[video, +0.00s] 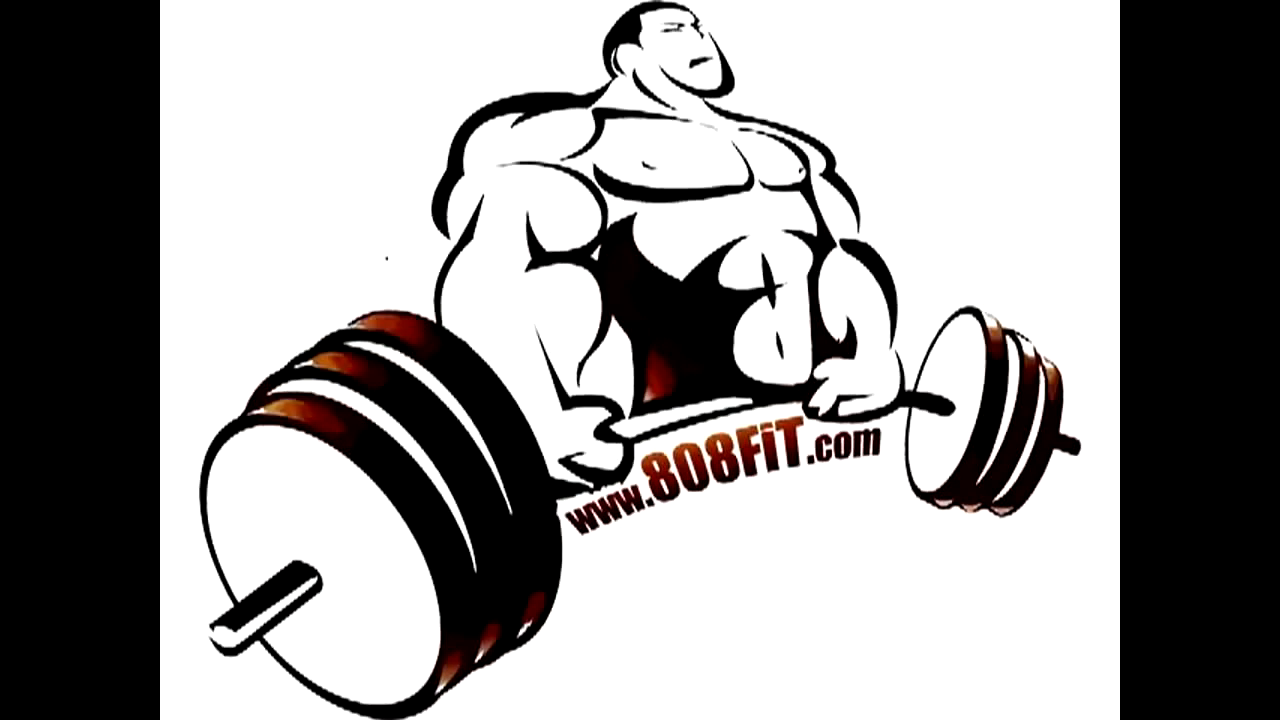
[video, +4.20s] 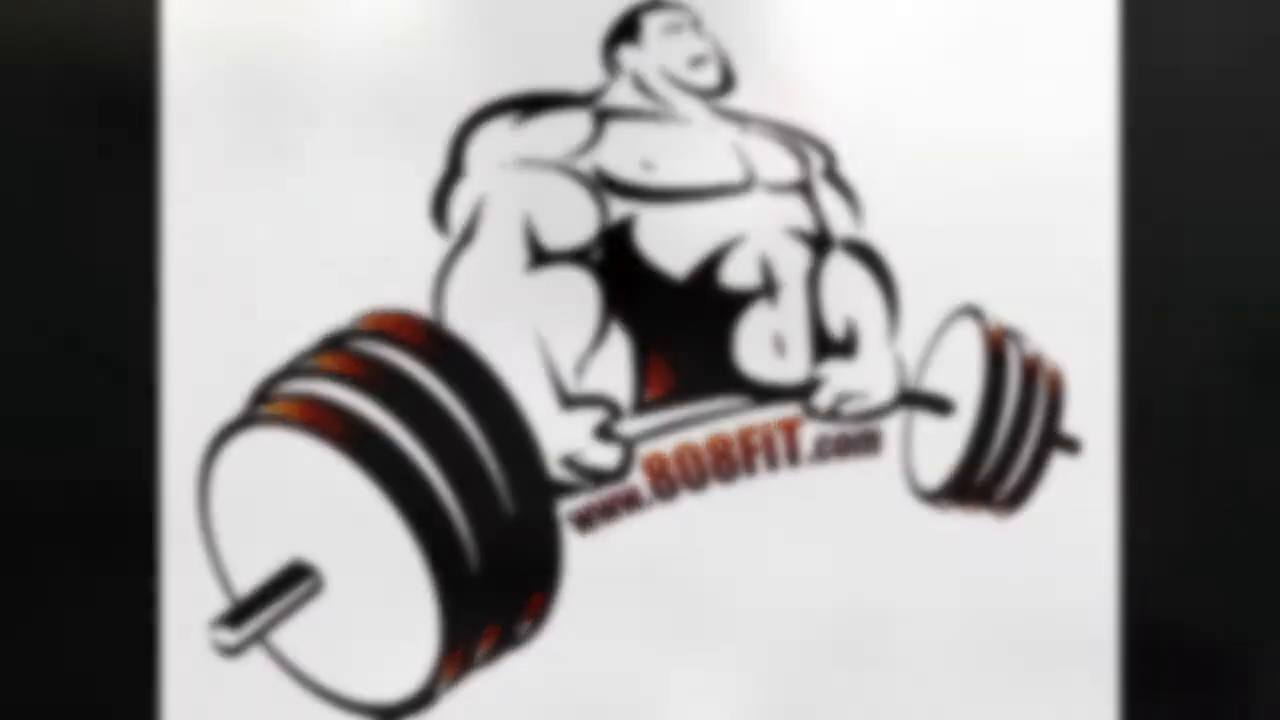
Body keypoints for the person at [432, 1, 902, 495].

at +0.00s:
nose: (702, 40)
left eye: (701, 28)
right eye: (675, 30)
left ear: (713, 45)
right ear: (628, 59)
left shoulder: (776, 145)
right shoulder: (593, 127)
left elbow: (850, 250)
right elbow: (487, 155)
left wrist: (878, 358)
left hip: (747, 331)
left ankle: (870, 369)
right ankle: (577, 429)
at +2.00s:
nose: (702, 40)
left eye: (701, 28)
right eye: (675, 30)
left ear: (713, 45)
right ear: (628, 59)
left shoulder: (776, 145)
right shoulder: (593, 127)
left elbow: (850, 250)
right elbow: (487, 155)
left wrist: (878, 358)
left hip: (747, 331)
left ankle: (870, 369)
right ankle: (577, 429)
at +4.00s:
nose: (702, 39)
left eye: (702, 28)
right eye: (676, 29)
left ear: (715, 44)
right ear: (629, 57)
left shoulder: (778, 146)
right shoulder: (592, 127)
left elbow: (849, 255)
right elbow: (488, 155)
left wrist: (875, 358)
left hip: (751, 335)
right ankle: (567, 430)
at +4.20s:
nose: (701, 43)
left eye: (700, 29)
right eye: (676, 31)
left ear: (717, 41)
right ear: (628, 58)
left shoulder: (779, 148)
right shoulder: (589, 131)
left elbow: (848, 254)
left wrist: (871, 361)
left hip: (750, 328)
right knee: (516, 191)